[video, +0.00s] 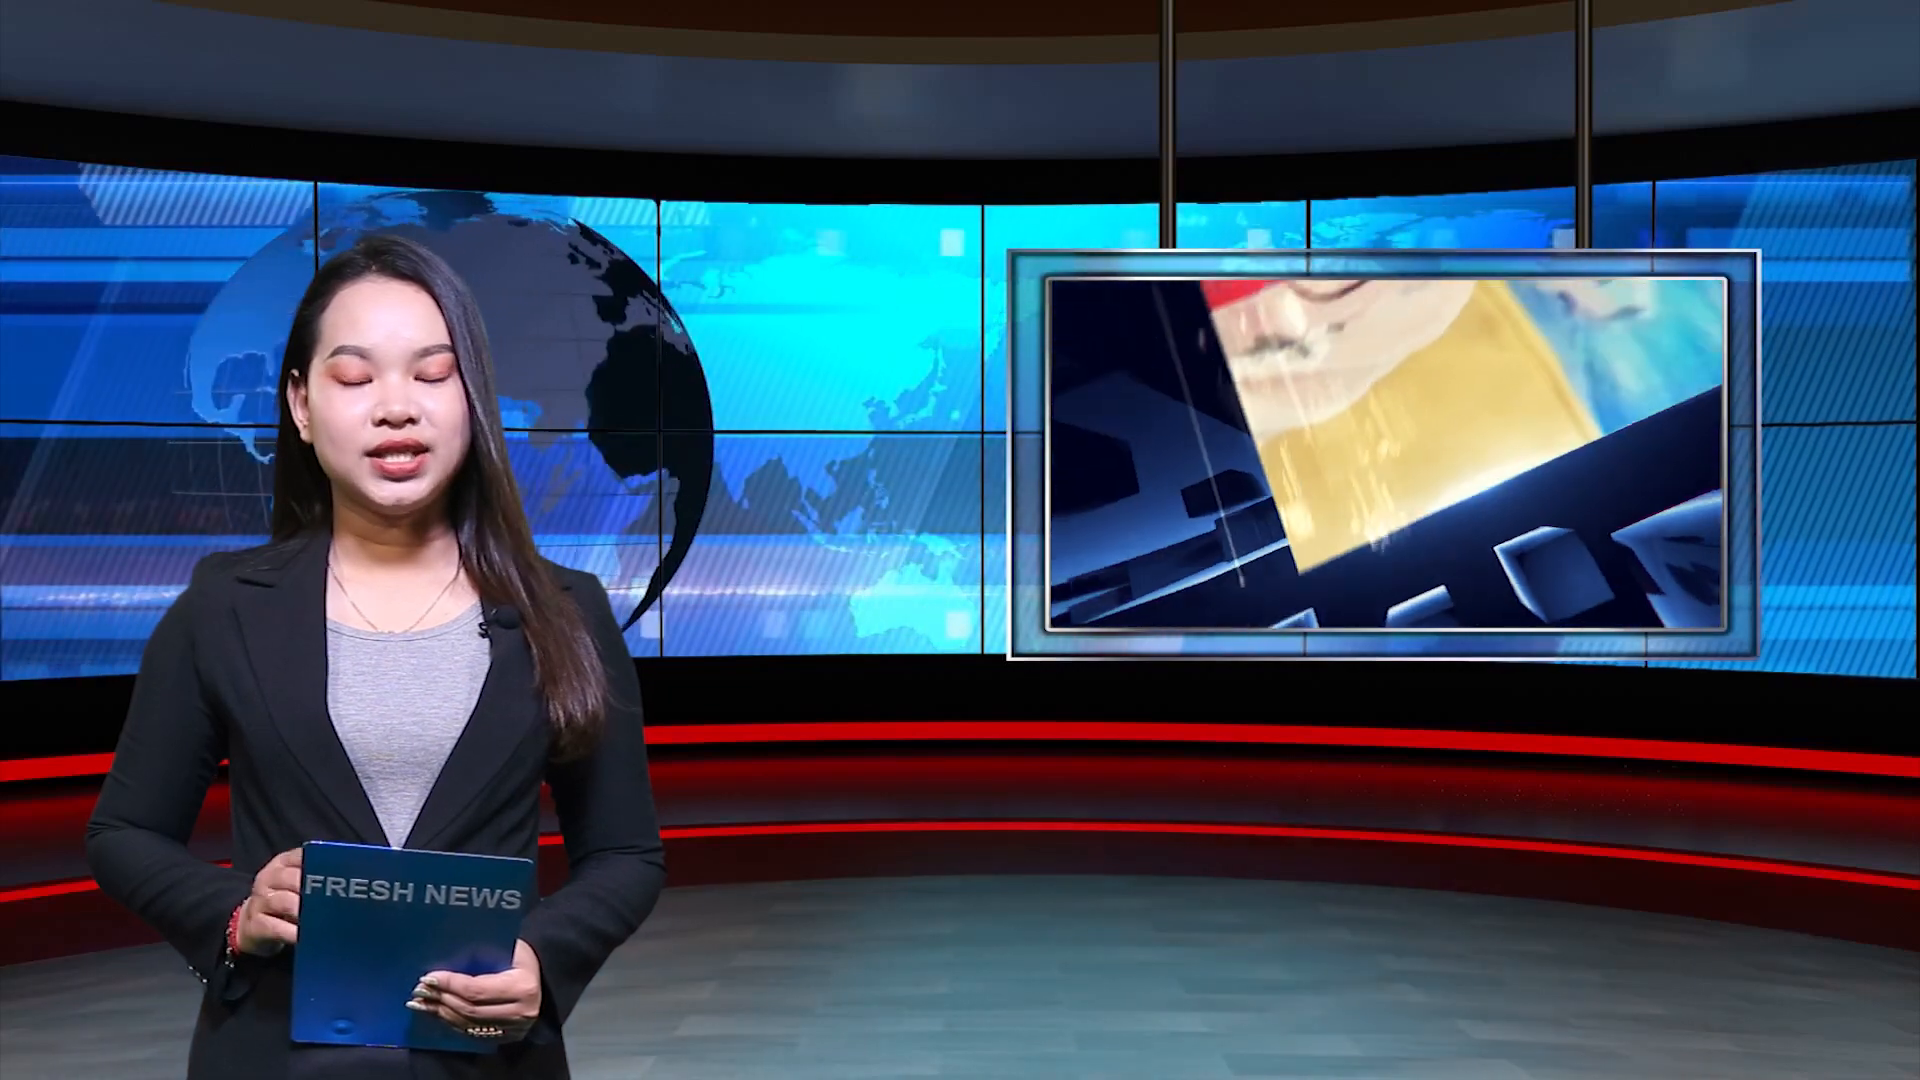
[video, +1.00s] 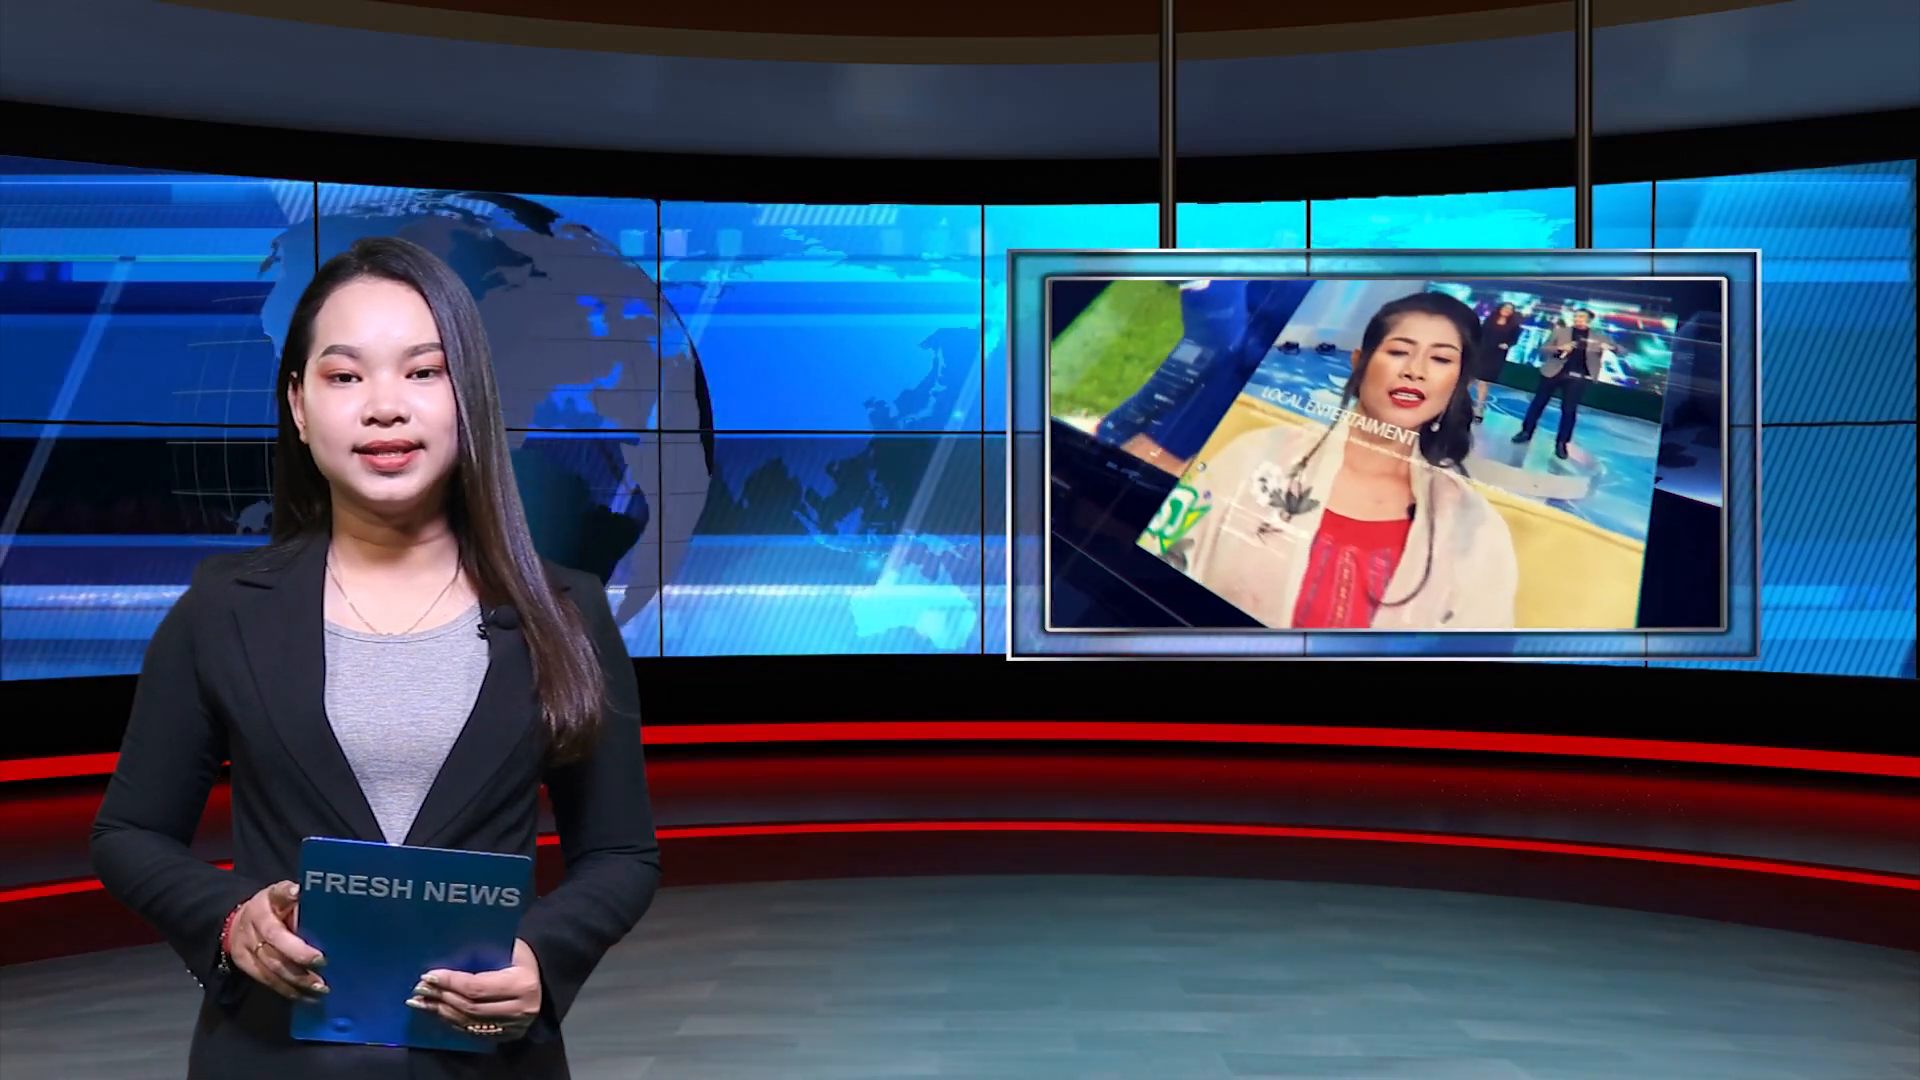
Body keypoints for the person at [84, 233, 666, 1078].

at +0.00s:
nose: (396, 407)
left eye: (430, 371)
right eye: (354, 375)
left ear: (472, 398)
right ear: (301, 406)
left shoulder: (563, 612)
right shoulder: (224, 609)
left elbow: (625, 856)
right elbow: (124, 833)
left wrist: (540, 962)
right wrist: (232, 907)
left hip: (490, 1048)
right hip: (274, 1052)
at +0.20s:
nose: (401, 411)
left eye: (435, 375)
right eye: (357, 376)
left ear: (474, 401)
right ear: (302, 406)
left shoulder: (562, 612)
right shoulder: (223, 613)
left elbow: (625, 855)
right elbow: (125, 832)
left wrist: (542, 961)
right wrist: (224, 915)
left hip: (490, 1051)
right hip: (276, 1054)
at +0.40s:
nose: (401, 408)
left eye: (434, 373)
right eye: (357, 376)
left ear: (474, 399)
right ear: (302, 405)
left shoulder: (563, 612)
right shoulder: (223, 614)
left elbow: (626, 855)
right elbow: (126, 833)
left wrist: (540, 960)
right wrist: (227, 917)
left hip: (491, 1052)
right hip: (275, 1055)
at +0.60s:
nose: (400, 405)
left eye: (434, 370)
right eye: (357, 373)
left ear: (474, 399)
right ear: (302, 406)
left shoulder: (563, 612)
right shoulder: (223, 613)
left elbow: (624, 855)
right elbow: (127, 832)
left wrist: (538, 961)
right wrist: (225, 917)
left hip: (490, 1051)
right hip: (274, 1054)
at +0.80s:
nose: (392, 405)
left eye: (426, 371)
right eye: (349, 374)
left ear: (470, 399)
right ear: (299, 407)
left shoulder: (561, 611)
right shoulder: (223, 613)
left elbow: (621, 854)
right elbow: (128, 833)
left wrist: (538, 960)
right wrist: (225, 916)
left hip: (489, 1050)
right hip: (274, 1053)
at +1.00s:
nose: (387, 405)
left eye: (422, 370)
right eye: (344, 374)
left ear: (469, 395)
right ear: (298, 407)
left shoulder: (561, 612)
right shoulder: (224, 612)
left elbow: (620, 854)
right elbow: (130, 835)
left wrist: (539, 960)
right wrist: (227, 915)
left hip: (489, 1051)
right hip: (275, 1054)